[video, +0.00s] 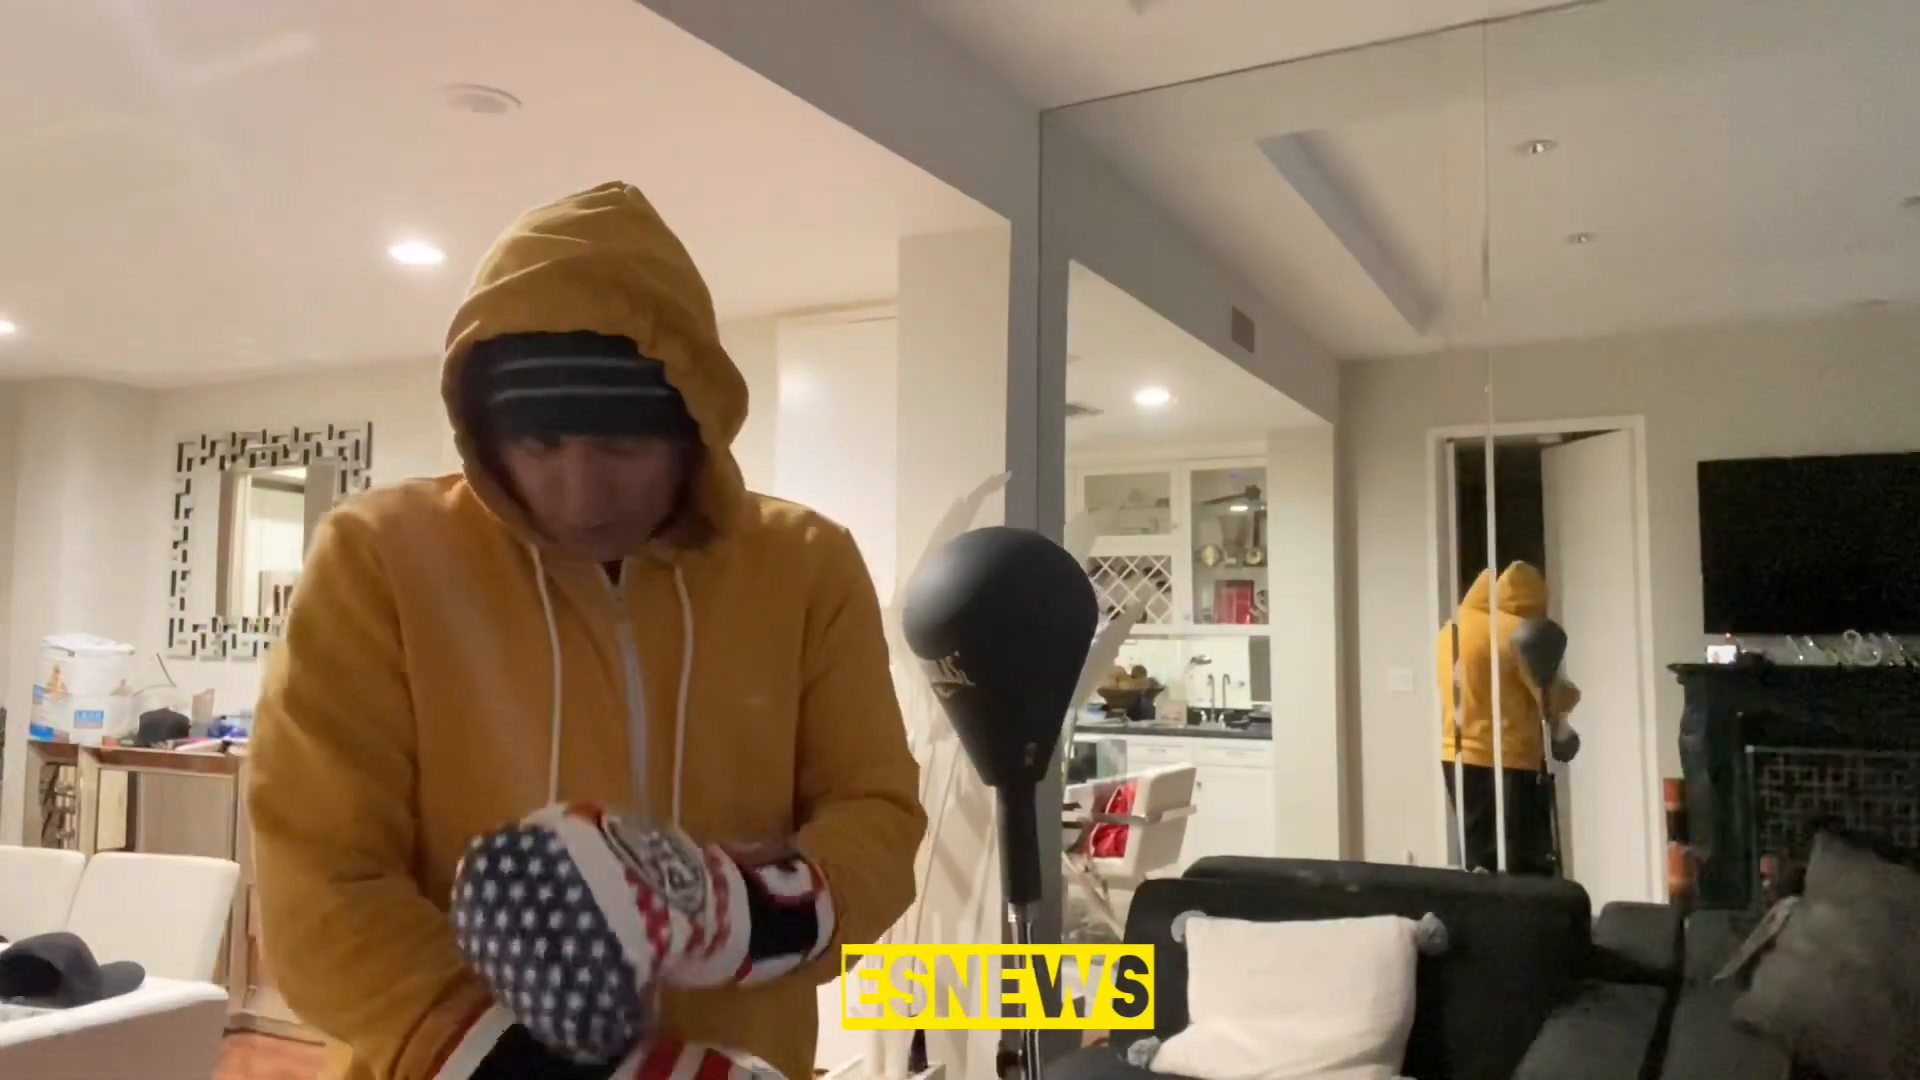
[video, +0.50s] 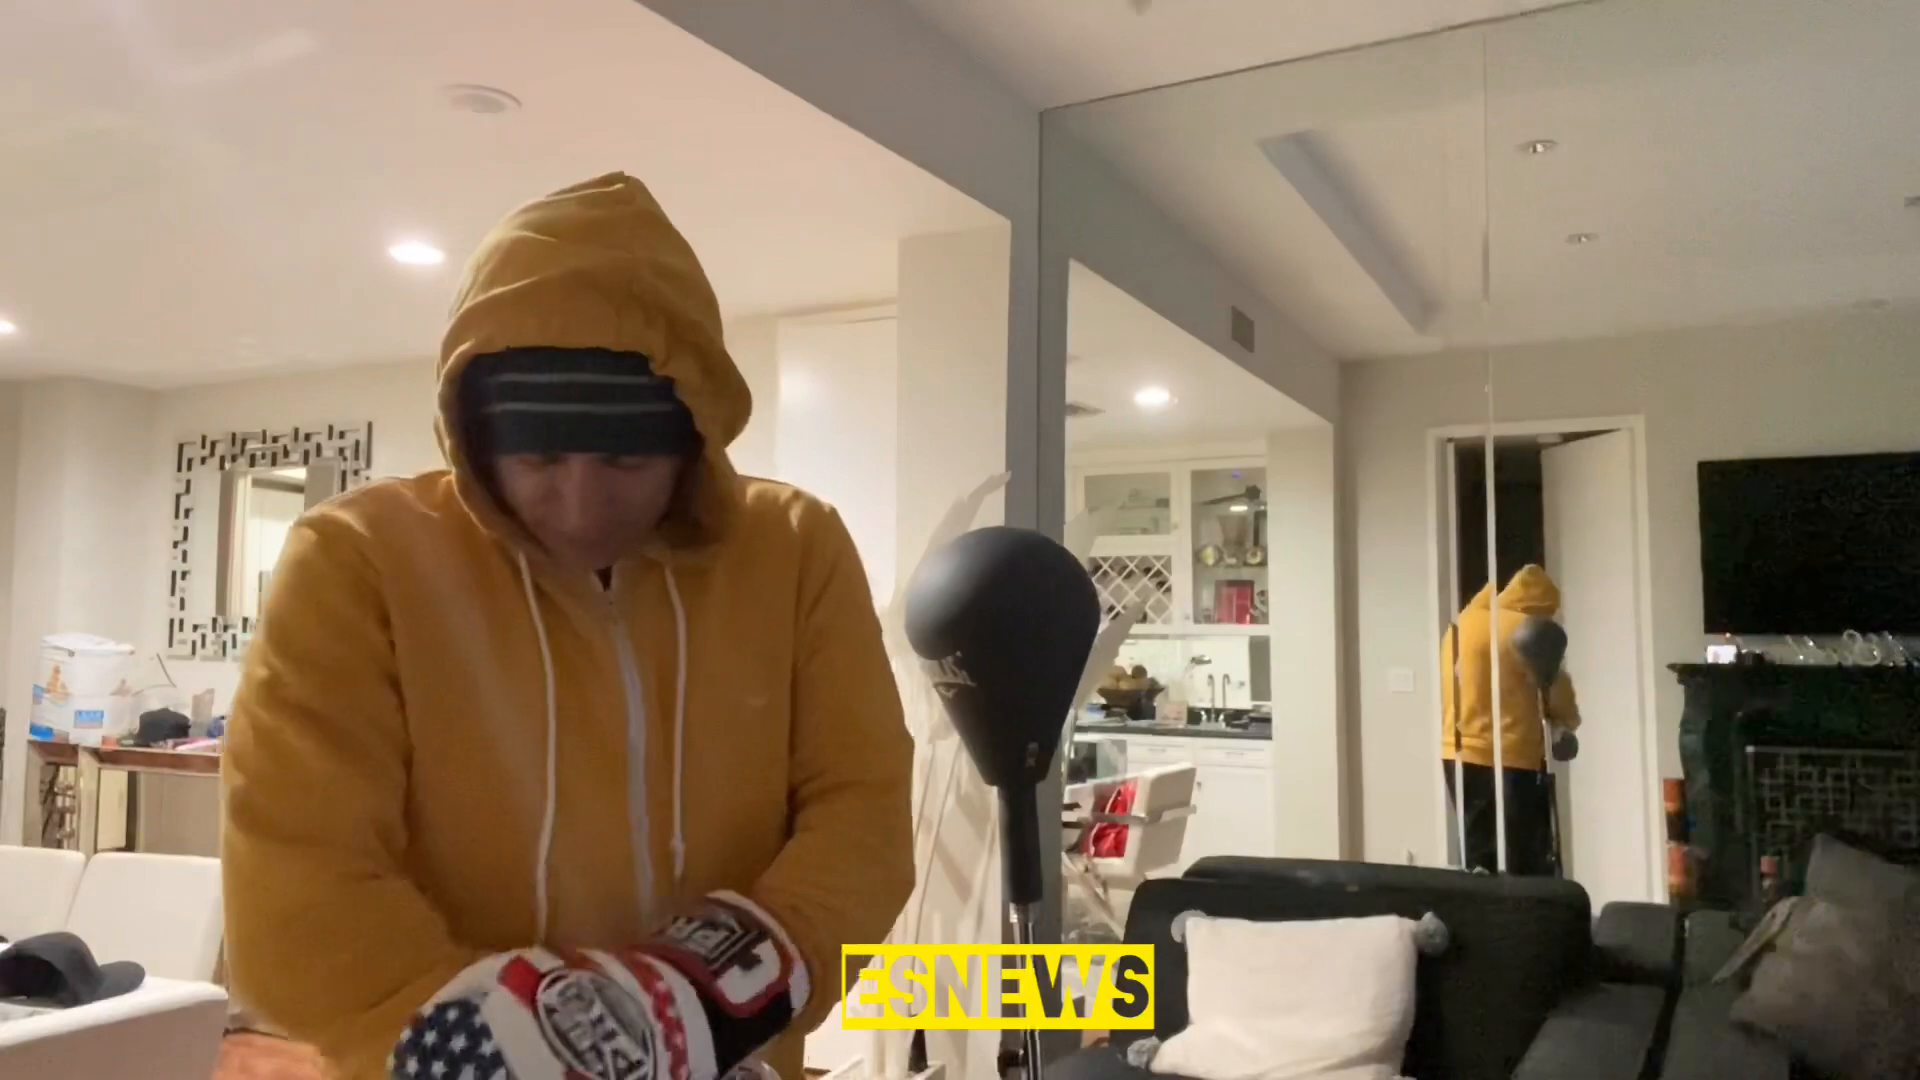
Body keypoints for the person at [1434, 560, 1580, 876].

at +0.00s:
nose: (1541, 613)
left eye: (1541, 606)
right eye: (1540, 605)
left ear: (1493, 590)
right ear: (1531, 599)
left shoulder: (1451, 631)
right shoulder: (1520, 633)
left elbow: (1452, 699)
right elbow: (1550, 700)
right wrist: (1571, 692)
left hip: (1461, 764)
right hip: (1515, 768)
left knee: (1479, 863)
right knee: (1528, 865)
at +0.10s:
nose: (1543, 615)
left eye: (1544, 608)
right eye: (1542, 607)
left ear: (1496, 590)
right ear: (1532, 600)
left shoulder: (1452, 630)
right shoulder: (1523, 632)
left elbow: (1452, 703)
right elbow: (1553, 702)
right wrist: (1573, 697)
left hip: (1462, 764)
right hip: (1516, 769)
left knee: (1478, 861)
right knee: (1528, 865)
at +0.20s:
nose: (1543, 617)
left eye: (1544, 611)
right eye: (1542, 609)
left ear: (1498, 591)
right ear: (1534, 602)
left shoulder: (1454, 628)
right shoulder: (1527, 633)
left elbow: (1448, 698)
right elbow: (1553, 702)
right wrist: (1573, 703)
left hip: (1461, 763)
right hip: (1518, 767)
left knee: (1478, 860)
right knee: (1529, 863)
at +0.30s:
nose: (1546, 616)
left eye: (1547, 610)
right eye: (1546, 609)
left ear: (1501, 590)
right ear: (1538, 602)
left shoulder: (1457, 626)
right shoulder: (1528, 631)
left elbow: (1449, 692)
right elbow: (1557, 702)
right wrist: (1569, 717)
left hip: (1461, 763)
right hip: (1517, 767)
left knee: (1478, 863)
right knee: (1530, 865)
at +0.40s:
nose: (1548, 617)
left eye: (1549, 611)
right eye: (1547, 610)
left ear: (1505, 591)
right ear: (1540, 602)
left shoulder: (1458, 626)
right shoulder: (1532, 631)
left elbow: (1448, 693)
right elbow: (1560, 707)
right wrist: (1568, 720)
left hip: (1461, 762)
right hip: (1518, 766)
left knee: (1477, 860)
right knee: (1529, 862)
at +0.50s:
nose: (1550, 617)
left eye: (1550, 611)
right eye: (1549, 610)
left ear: (1510, 590)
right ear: (1542, 602)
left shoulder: (1461, 625)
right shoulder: (1534, 630)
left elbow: (1444, 688)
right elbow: (1559, 699)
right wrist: (1567, 723)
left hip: (1463, 759)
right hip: (1518, 762)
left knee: (1477, 854)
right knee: (1527, 855)